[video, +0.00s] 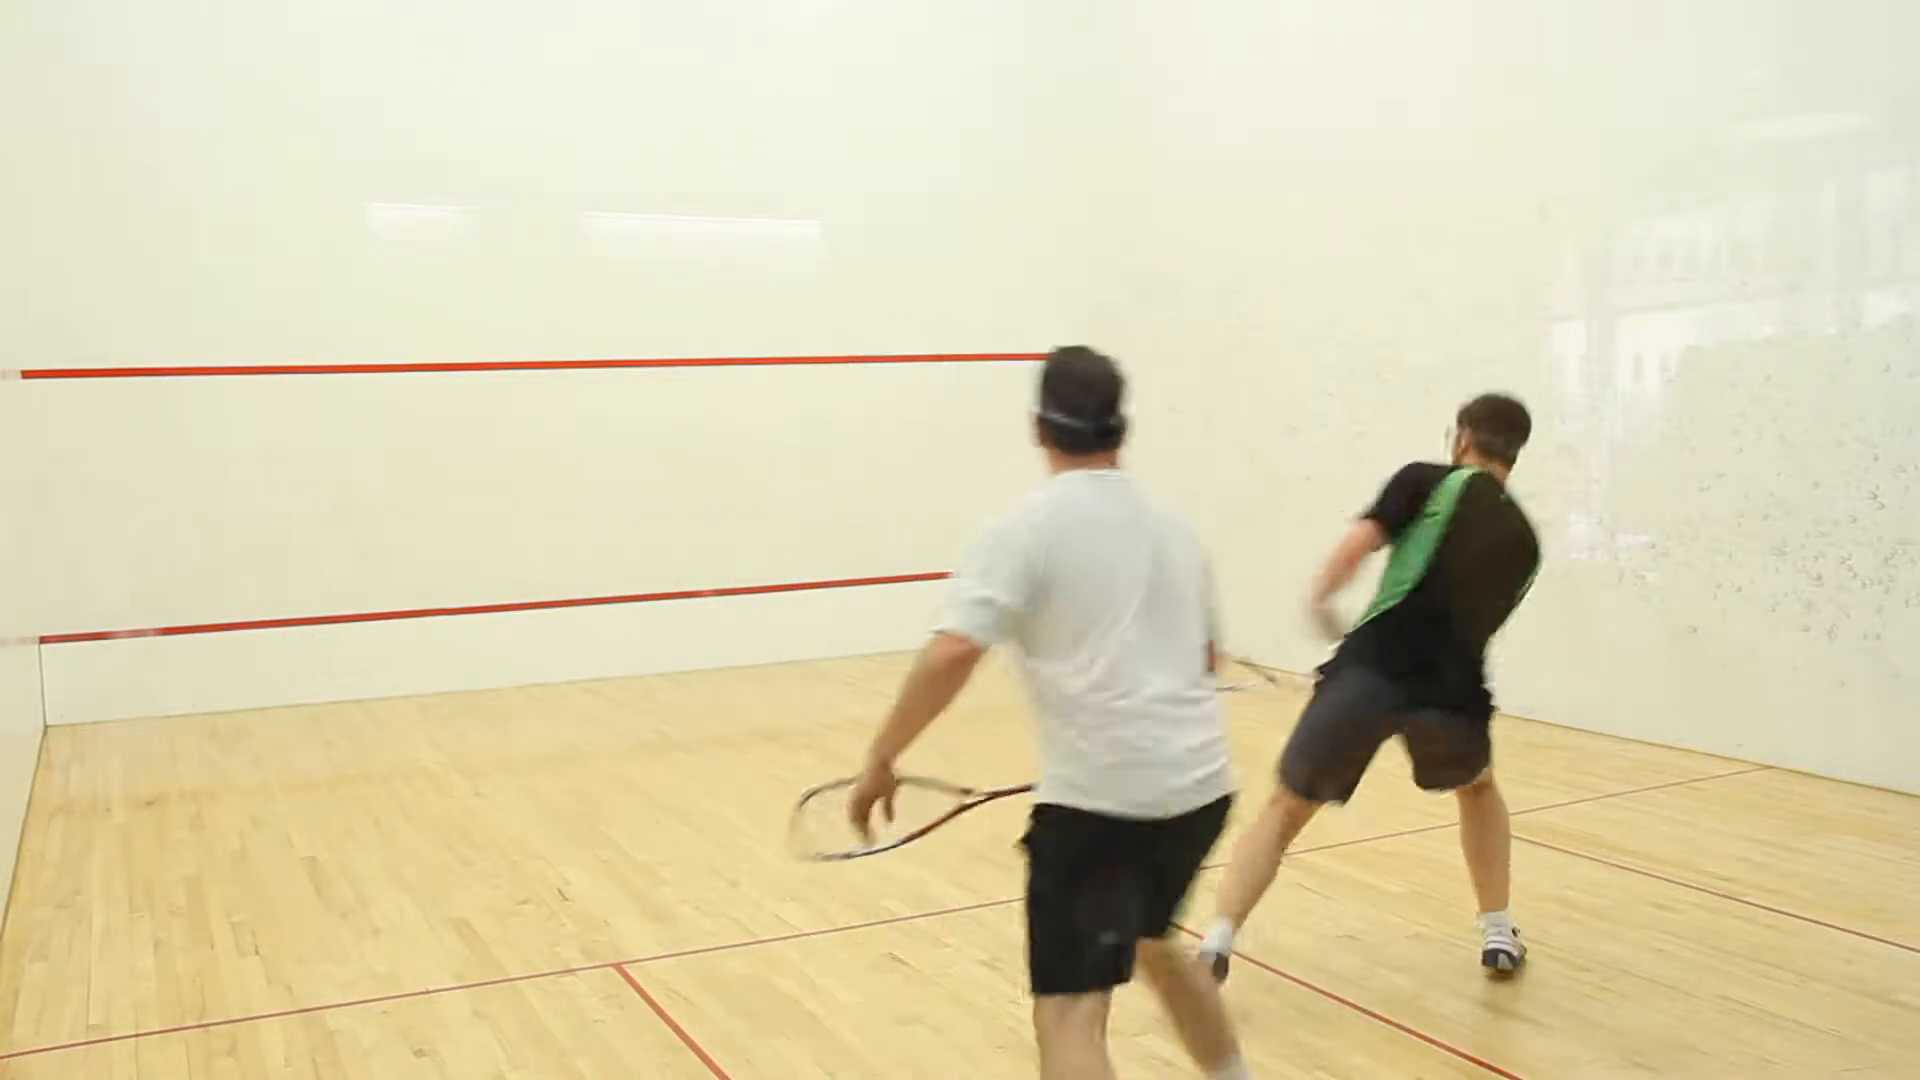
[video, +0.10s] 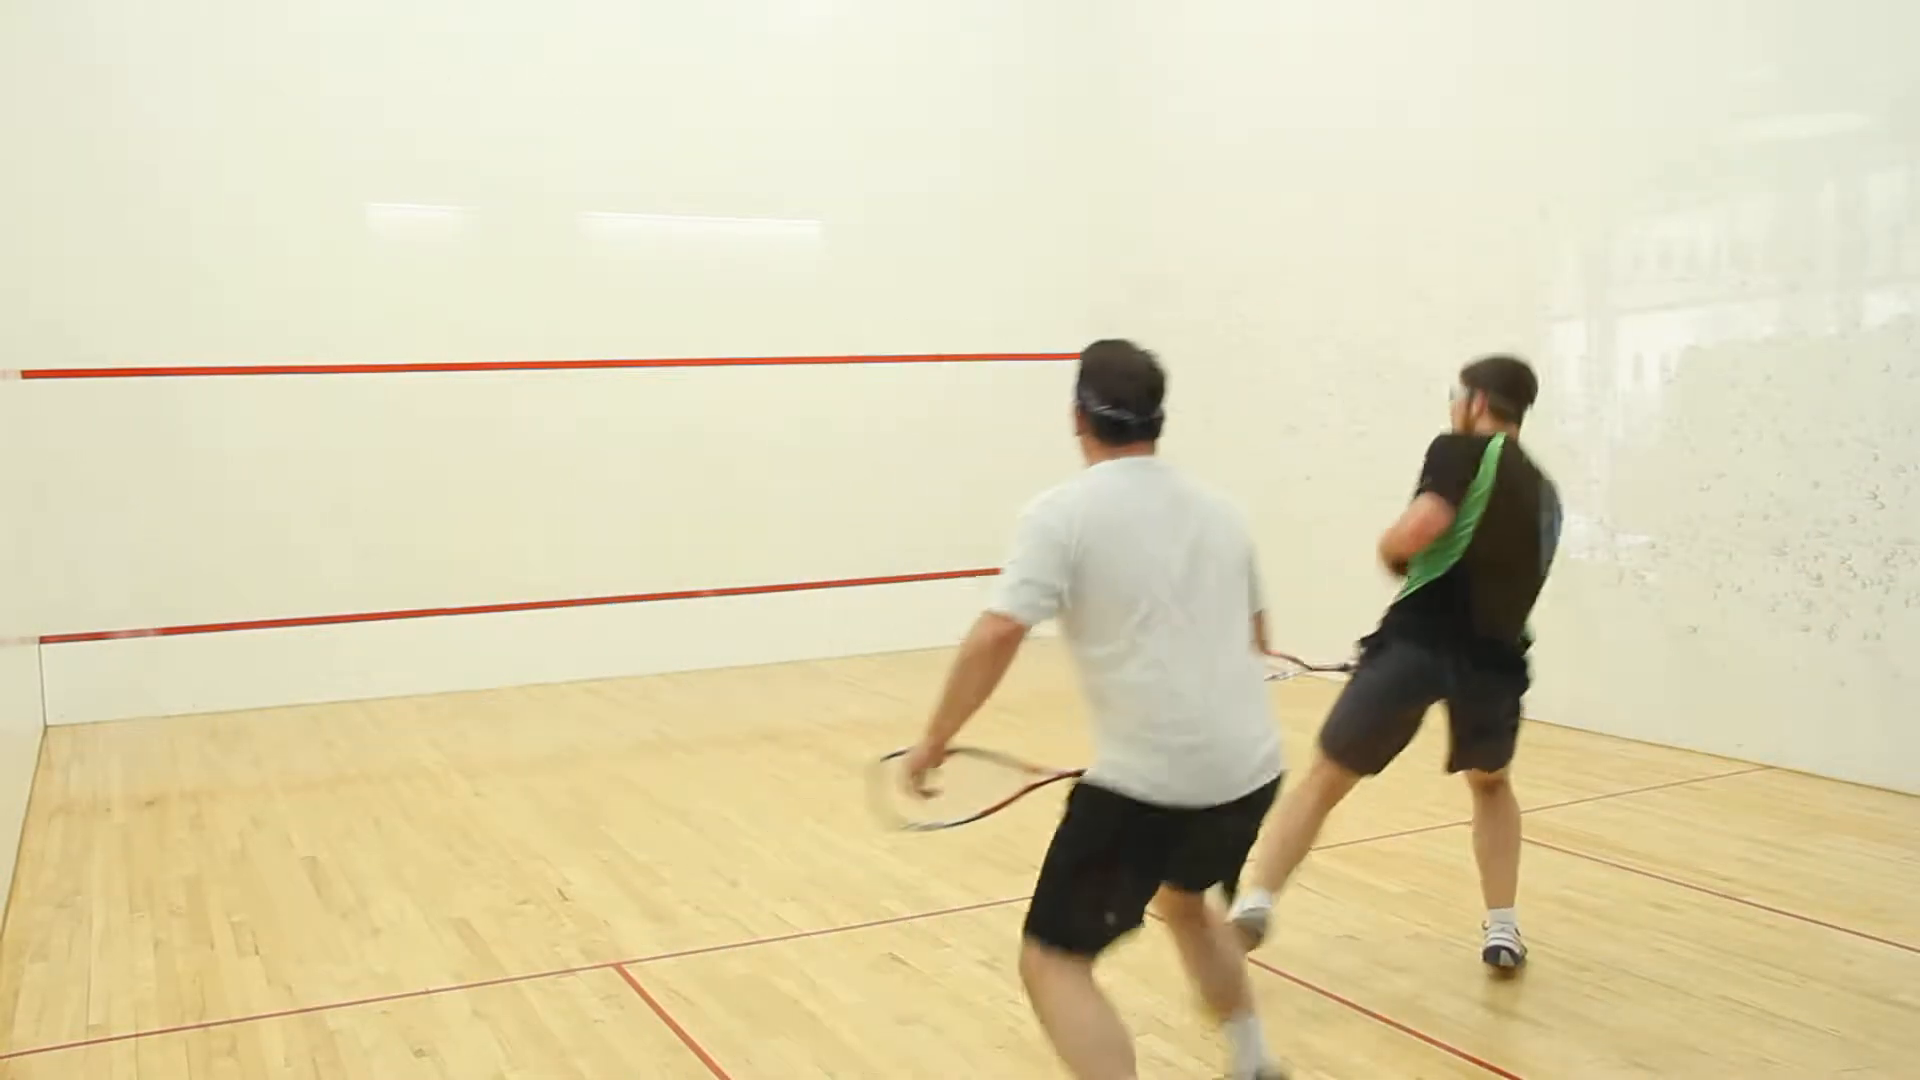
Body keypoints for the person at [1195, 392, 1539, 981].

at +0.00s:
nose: (1452, 447)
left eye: (1454, 438)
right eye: (1457, 440)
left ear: (1462, 439)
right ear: (1516, 458)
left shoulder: (1425, 480)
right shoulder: (1526, 542)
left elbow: (1357, 544)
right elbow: (1479, 621)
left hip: (1370, 676)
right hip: (1451, 696)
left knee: (1287, 807)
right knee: (1477, 789)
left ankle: (1217, 941)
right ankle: (1498, 933)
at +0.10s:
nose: (1453, 412)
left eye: (1458, 402)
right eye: (1457, 402)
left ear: (1477, 405)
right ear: (1518, 413)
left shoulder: (1458, 450)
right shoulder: (1546, 490)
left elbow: (1428, 520)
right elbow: (1523, 578)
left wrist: (1391, 548)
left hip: (1416, 647)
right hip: (1493, 665)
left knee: (1326, 778)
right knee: (1492, 784)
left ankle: (1256, 900)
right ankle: (1503, 930)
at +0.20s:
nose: (1455, 370)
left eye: (1460, 359)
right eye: (1459, 359)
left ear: (1481, 364)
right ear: (1522, 370)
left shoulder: (1476, 414)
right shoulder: (1556, 444)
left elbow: (1466, 491)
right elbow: (1543, 532)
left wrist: (1413, 500)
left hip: (1459, 628)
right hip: (1530, 639)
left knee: (1381, 751)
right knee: (1502, 772)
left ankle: (1347, 896)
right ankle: (1511, 923)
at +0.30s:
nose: (1457, 351)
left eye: (1463, 339)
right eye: (1461, 338)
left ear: (1488, 345)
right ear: (1525, 349)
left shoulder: (1489, 397)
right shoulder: (1568, 415)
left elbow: (1486, 479)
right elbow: (1562, 507)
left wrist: (1426, 495)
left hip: (1497, 603)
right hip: (1566, 609)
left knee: (1447, 743)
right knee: (1530, 743)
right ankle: (1567, 890)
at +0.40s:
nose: (1464, 366)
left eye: (1471, 355)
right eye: (1467, 353)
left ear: (1497, 363)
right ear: (1530, 366)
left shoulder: (1500, 422)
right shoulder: (1577, 432)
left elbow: (1503, 508)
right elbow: (1583, 523)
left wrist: (1442, 532)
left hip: (1535, 616)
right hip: (1596, 613)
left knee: (1494, 756)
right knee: (1570, 753)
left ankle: (1515, 908)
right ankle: (1663, 885)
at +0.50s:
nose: (1473, 393)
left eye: (1481, 383)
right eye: (1477, 381)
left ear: (1508, 395)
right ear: (1532, 397)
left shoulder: (1522, 455)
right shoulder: (1585, 454)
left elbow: (1538, 551)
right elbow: (1609, 553)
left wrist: (1476, 611)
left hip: (1569, 650)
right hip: (1632, 649)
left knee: (1498, 754)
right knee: (1640, 782)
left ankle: (1519, 908)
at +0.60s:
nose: (1506, 392)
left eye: (1516, 379)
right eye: (1510, 379)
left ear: (1548, 387)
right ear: (1567, 387)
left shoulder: (1569, 448)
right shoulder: (1620, 448)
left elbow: (1595, 558)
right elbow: (1644, 561)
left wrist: (1557, 636)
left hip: (1613, 650)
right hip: (1673, 648)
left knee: (1529, 755)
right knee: (1703, 781)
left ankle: (1521, 907)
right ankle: (1809, 917)